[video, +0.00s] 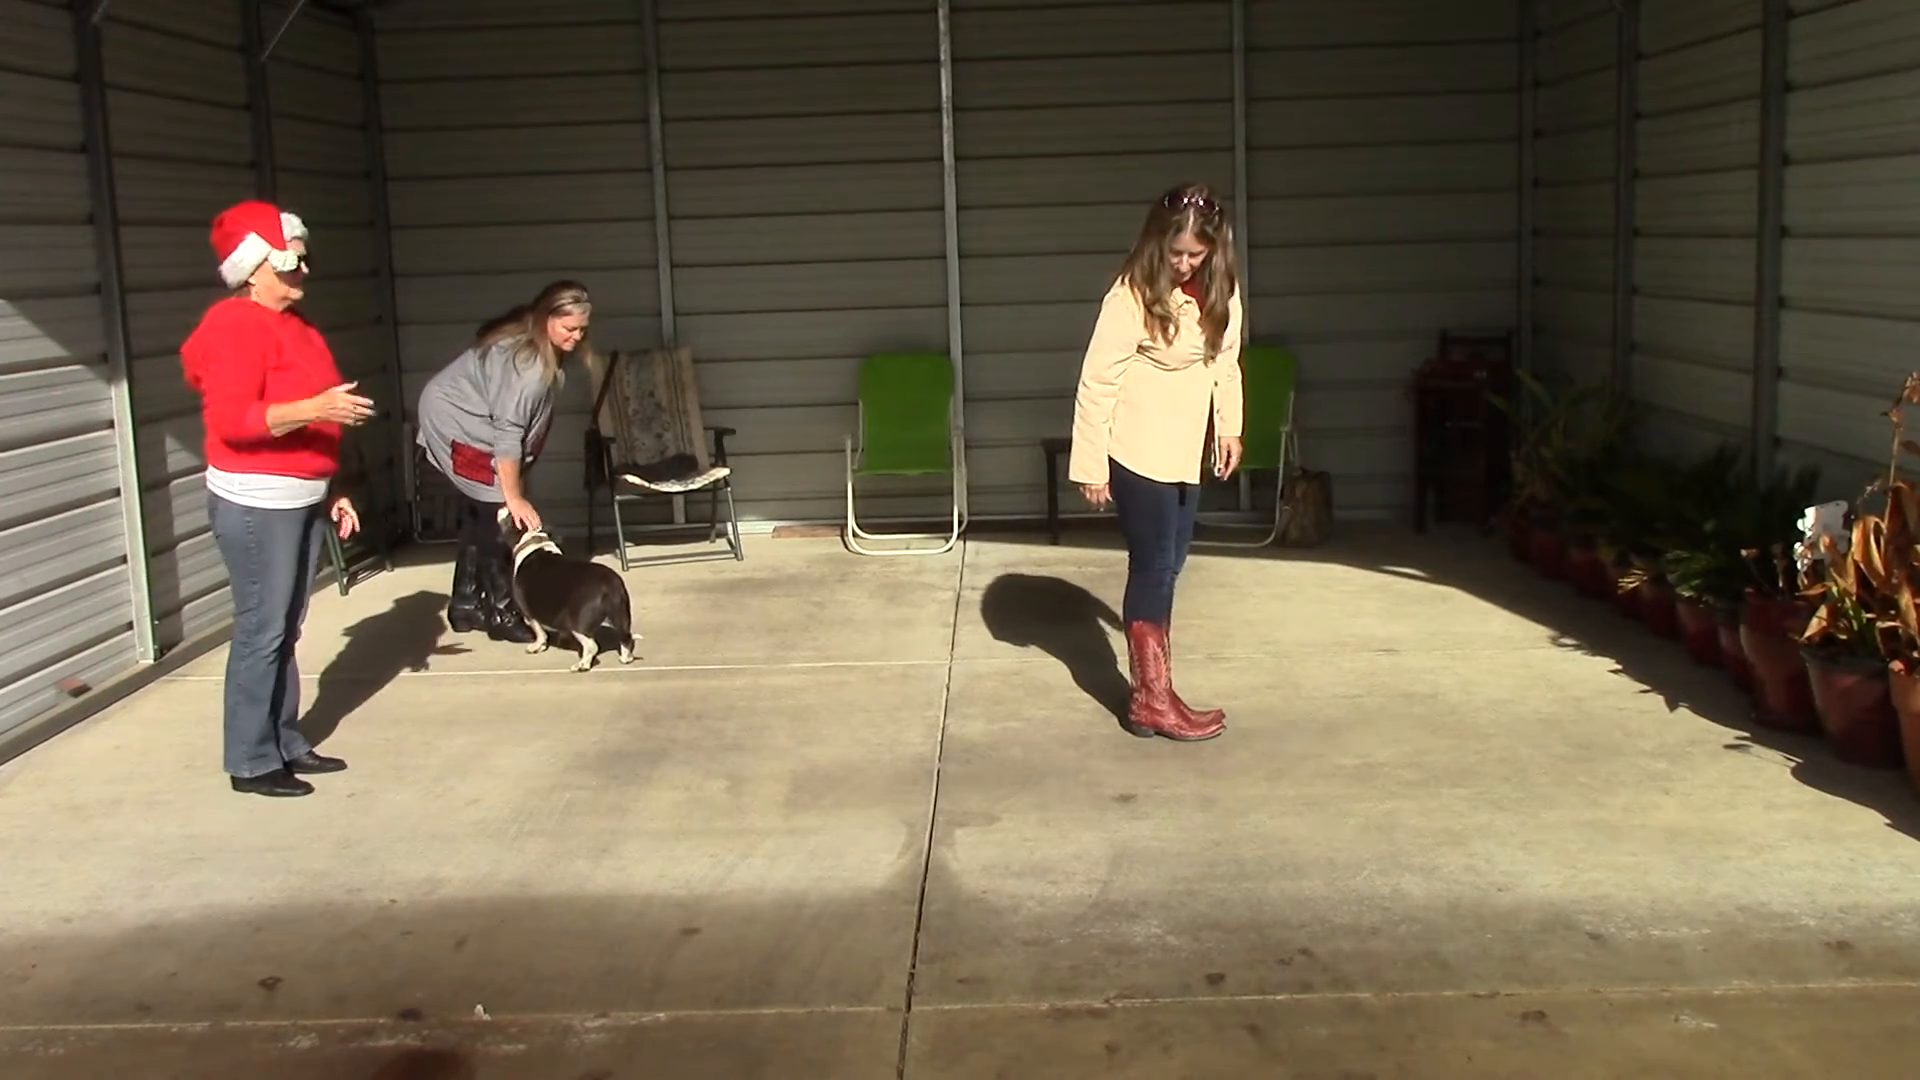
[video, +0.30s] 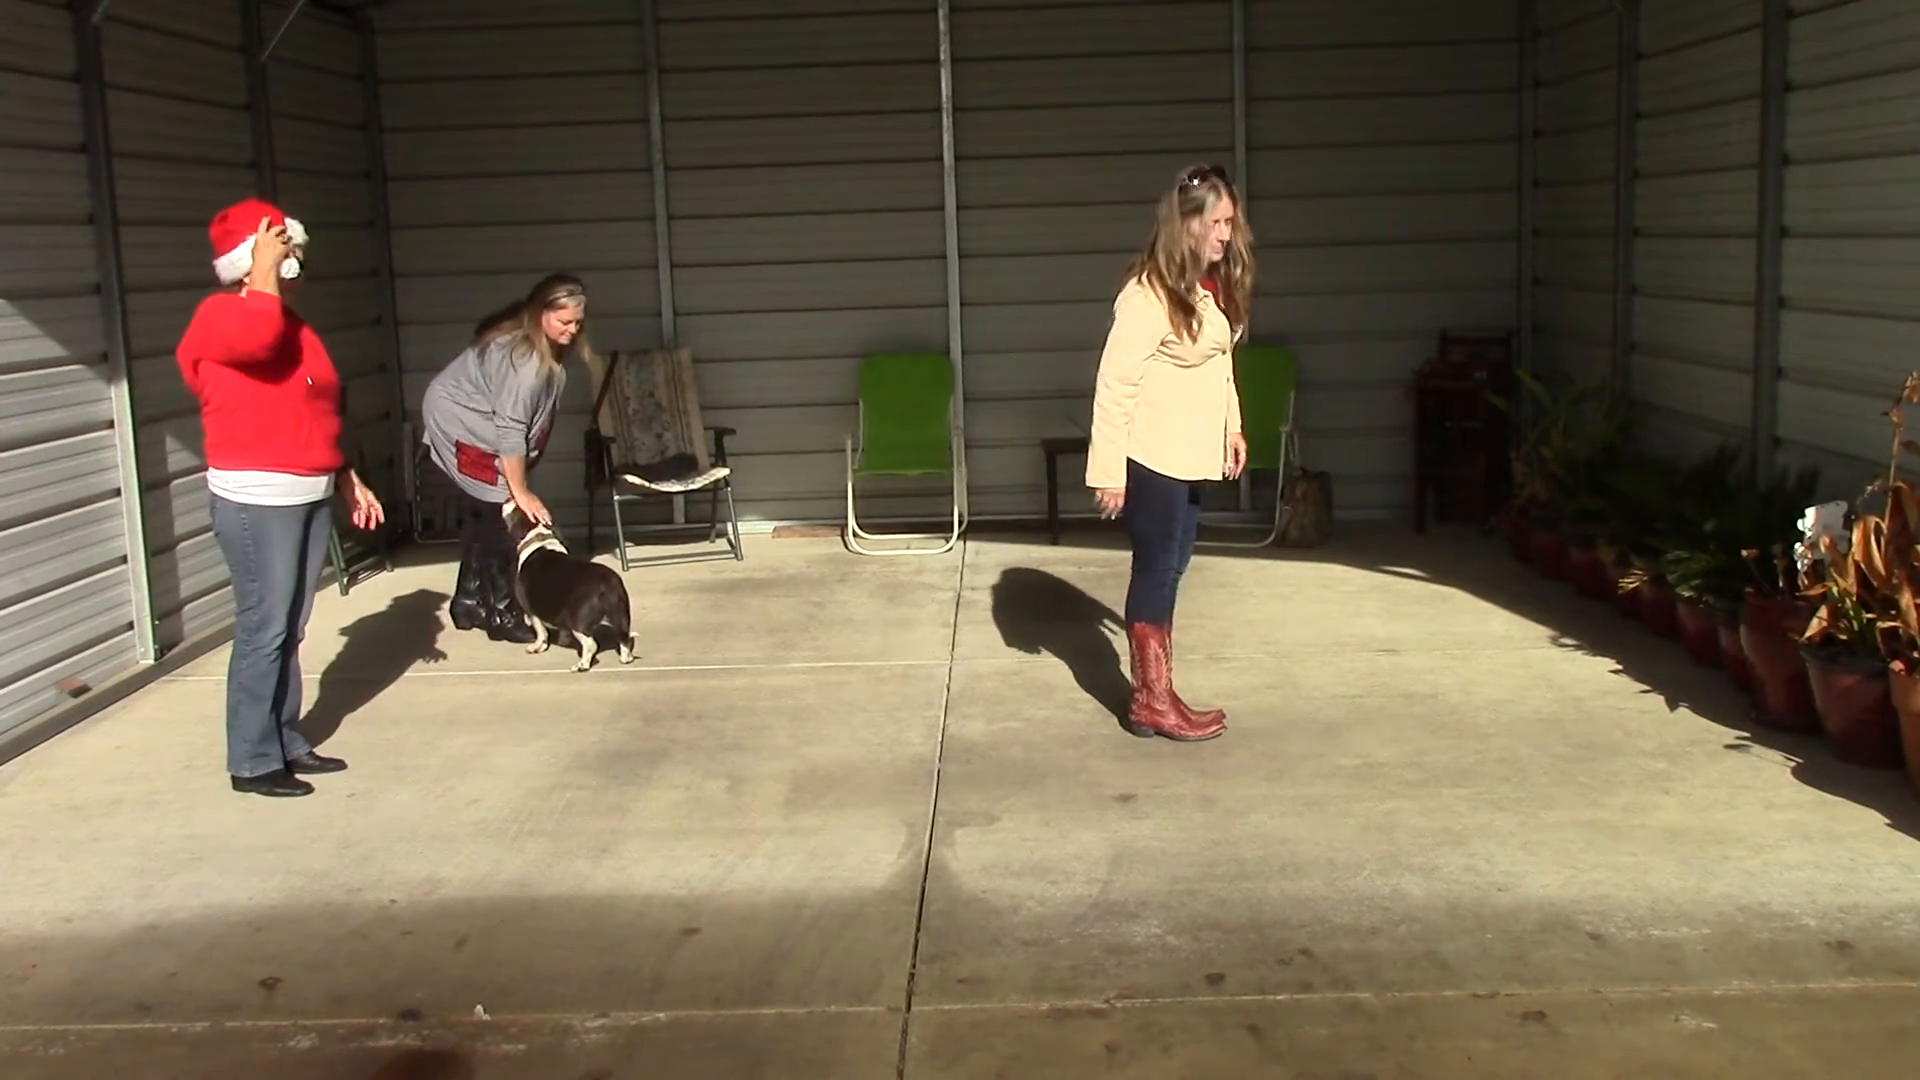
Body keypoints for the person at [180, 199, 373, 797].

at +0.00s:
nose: (302, 272)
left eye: (303, 261)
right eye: (289, 263)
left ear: (297, 261)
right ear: (252, 267)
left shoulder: (299, 329)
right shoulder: (231, 326)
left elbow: (313, 419)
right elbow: (230, 421)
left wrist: (331, 488)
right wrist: (313, 408)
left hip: (299, 497)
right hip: (253, 500)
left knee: (284, 631)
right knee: (260, 633)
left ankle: (281, 744)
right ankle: (249, 761)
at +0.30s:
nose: (290, 256)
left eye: (289, 247)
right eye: (278, 246)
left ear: (279, 258)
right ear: (244, 258)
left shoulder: (293, 326)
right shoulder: (215, 316)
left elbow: (317, 411)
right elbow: (260, 337)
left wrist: (347, 477)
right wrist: (263, 265)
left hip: (308, 493)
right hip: (256, 496)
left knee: (290, 629)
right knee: (263, 630)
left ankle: (283, 743)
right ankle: (251, 762)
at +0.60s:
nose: (296, 273)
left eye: (297, 262)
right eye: (284, 262)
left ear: (290, 267)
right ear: (242, 264)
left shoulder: (289, 333)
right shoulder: (209, 319)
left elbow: (315, 419)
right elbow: (254, 305)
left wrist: (335, 492)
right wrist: (257, 244)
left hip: (304, 495)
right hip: (252, 497)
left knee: (285, 631)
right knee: (262, 631)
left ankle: (282, 743)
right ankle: (250, 763)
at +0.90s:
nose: (284, 275)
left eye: (286, 265)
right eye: (275, 265)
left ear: (283, 268)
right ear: (233, 264)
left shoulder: (273, 330)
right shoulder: (202, 318)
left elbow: (303, 419)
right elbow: (246, 291)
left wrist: (327, 492)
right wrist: (245, 242)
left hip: (296, 494)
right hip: (246, 498)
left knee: (283, 630)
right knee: (259, 631)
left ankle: (282, 743)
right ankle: (250, 762)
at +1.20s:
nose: (278, 268)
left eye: (279, 257)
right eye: (265, 258)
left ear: (275, 265)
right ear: (223, 263)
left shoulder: (272, 333)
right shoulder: (201, 320)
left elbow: (297, 421)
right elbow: (240, 302)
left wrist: (320, 493)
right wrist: (244, 236)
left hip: (293, 495)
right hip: (243, 498)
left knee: (282, 630)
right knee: (259, 631)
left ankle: (283, 743)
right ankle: (250, 763)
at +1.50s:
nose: (287, 273)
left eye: (286, 263)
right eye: (278, 263)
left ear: (249, 268)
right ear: (243, 266)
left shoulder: (266, 326)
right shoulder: (212, 317)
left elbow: (291, 422)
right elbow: (207, 389)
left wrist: (314, 500)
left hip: (290, 492)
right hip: (246, 496)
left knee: (281, 628)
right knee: (260, 629)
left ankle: (281, 743)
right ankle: (250, 762)